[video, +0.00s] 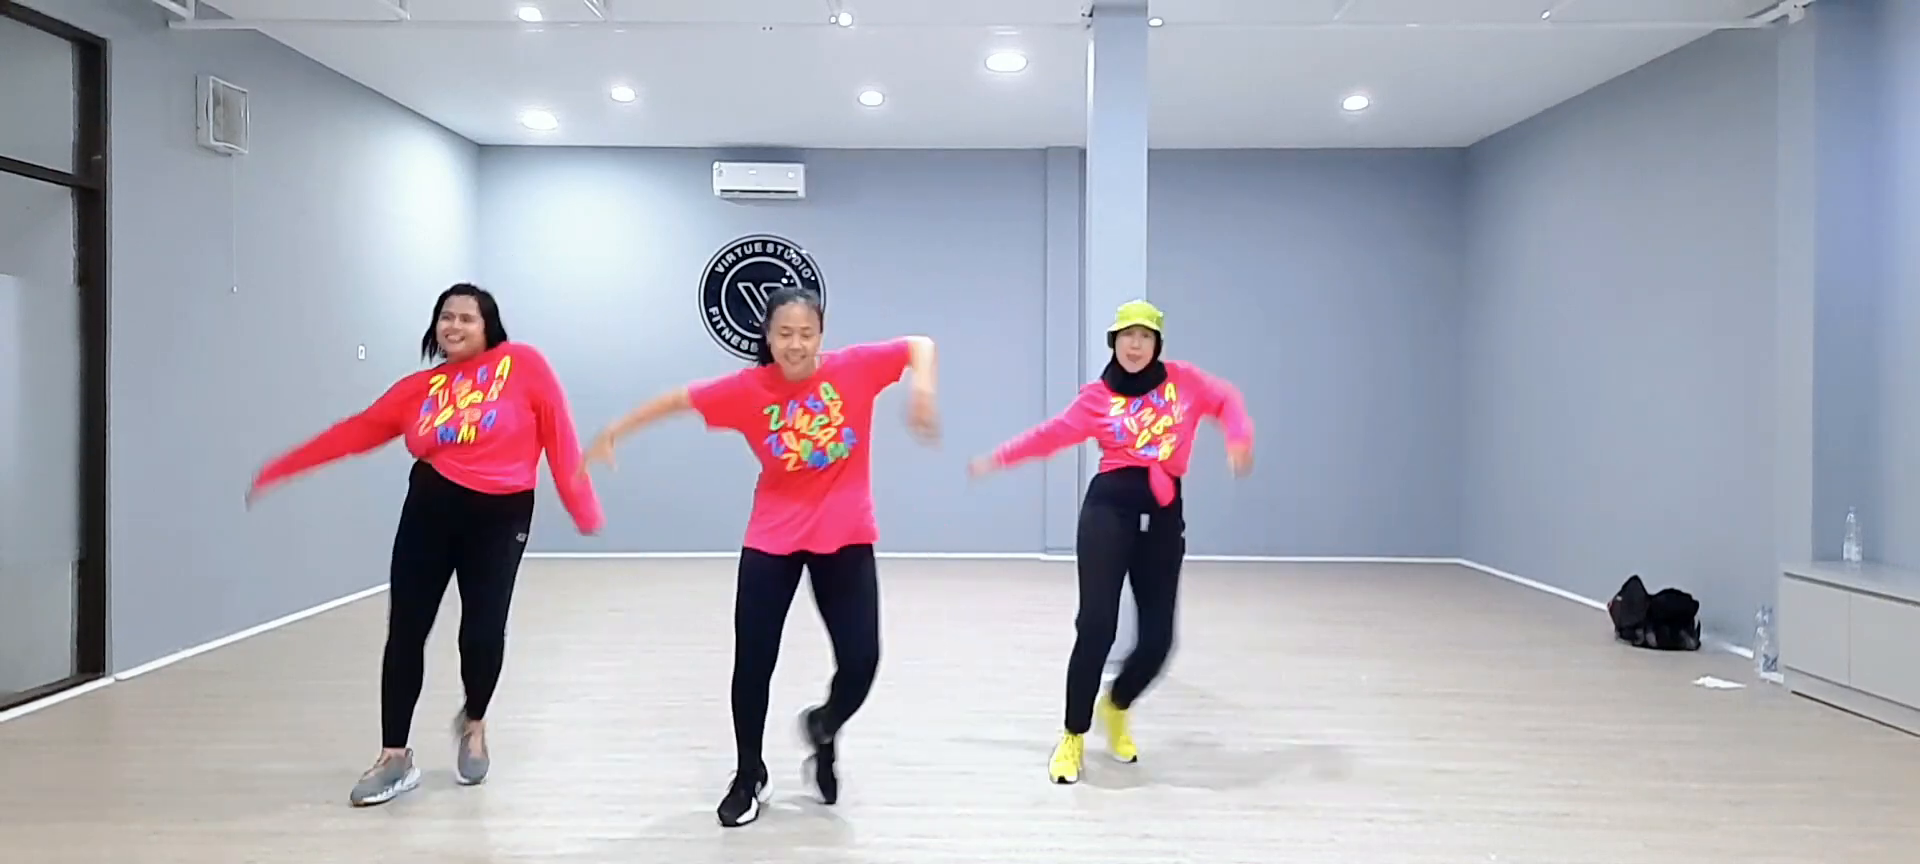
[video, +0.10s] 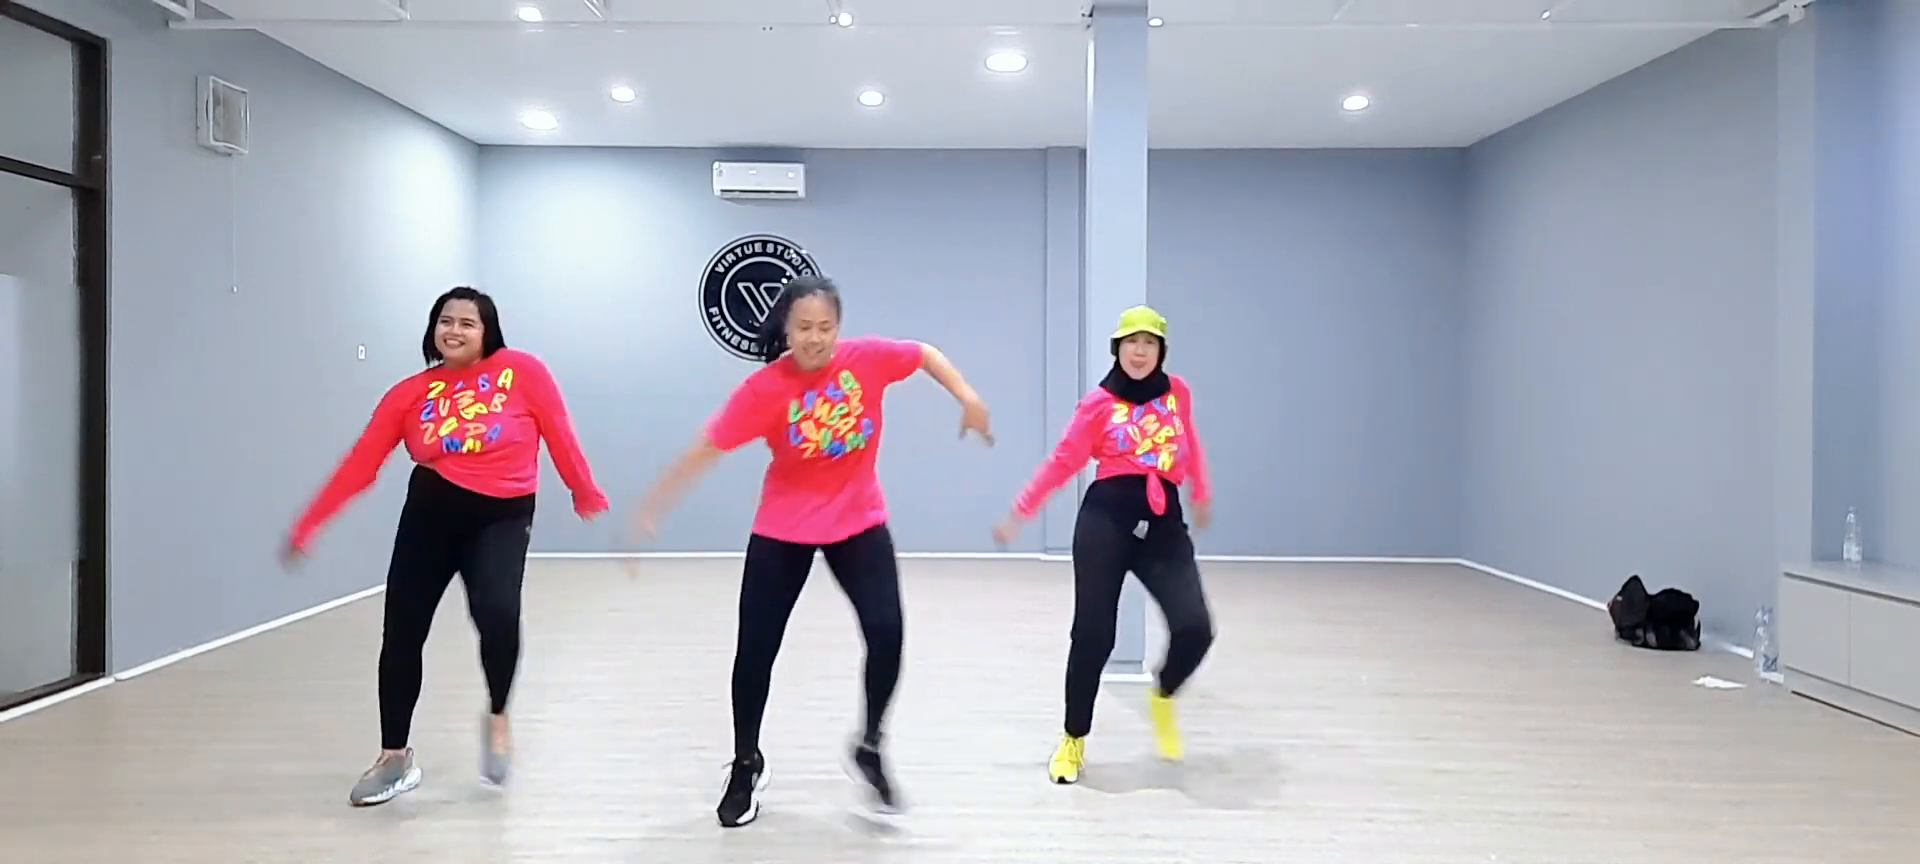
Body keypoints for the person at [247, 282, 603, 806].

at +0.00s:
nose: (453, 324)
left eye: (466, 318)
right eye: (446, 317)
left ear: (488, 328)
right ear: (435, 326)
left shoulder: (522, 363)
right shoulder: (419, 387)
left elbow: (561, 438)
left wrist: (584, 507)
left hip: (499, 513)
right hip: (429, 506)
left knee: (483, 632)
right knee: (406, 629)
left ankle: (474, 724)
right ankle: (394, 755)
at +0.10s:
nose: (454, 330)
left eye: (467, 323)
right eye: (446, 322)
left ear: (488, 332)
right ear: (434, 333)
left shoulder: (521, 371)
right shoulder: (411, 394)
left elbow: (561, 435)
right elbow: (361, 464)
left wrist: (586, 494)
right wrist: (307, 526)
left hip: (500, 517)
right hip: (430, 513)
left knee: (497, 613)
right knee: (401, 631)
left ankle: (498, 717)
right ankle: (394, 755)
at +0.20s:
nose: (465, 333)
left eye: (477, 325)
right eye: (455, 324)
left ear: (497, 336)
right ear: (441, 333)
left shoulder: (533, 377)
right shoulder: (417, 397)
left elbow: (569, 437)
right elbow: (399, 479)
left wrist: (588, 486)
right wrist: (373, 551)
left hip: (512, 515)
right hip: (440, 513)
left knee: (519, 613)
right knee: (409, 633)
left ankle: (547, 749)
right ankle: (396, 756)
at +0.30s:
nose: (485, 334)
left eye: (498, 327)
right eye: (475, 327)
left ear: (516, 338)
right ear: (460, 337)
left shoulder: (549, 381)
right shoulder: (439, 394)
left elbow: (585, 444)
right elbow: (432, 467)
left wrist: (608, 498)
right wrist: (442, 533)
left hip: (534, 527)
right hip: (466, 524)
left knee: (547, 636)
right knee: (423, 643)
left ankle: (592, 776)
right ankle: (396, 757)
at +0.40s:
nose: (508, 322)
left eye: (520, 314)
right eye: (499, 314)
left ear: (541, 323)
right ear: (485, 325)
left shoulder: (576, 375)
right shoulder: (464, 376)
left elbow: (620, 434)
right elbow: (436, 437)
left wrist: (641, 495)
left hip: (564, 514)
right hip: (494, 515)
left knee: (568, 635)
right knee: (444, 637)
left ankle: (591, 776)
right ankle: (410, 745)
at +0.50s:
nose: (527, 296)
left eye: (539, 287)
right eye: (517, 289)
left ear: (559, 297)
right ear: (505, 300)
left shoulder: (594, 348)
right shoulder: (484, 346)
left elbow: (647, 397)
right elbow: (437, 398)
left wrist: (647, 465)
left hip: (579, 495)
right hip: (510, 491)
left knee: (576, 622)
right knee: (465, 602)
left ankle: (595, 769)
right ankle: (462, 735)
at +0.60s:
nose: (542, 279)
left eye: (554, 271)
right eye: (533, 272)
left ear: (576, 281)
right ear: (521, 283)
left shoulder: (608, 331)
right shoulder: (501, 328)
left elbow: (655, 396)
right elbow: (447, 381)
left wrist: (668, 467)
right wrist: (494, 337)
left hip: (591, 476)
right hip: (522, 472)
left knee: (589, 605)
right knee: (498, 590)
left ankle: (608, 755)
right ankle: (519, 730)